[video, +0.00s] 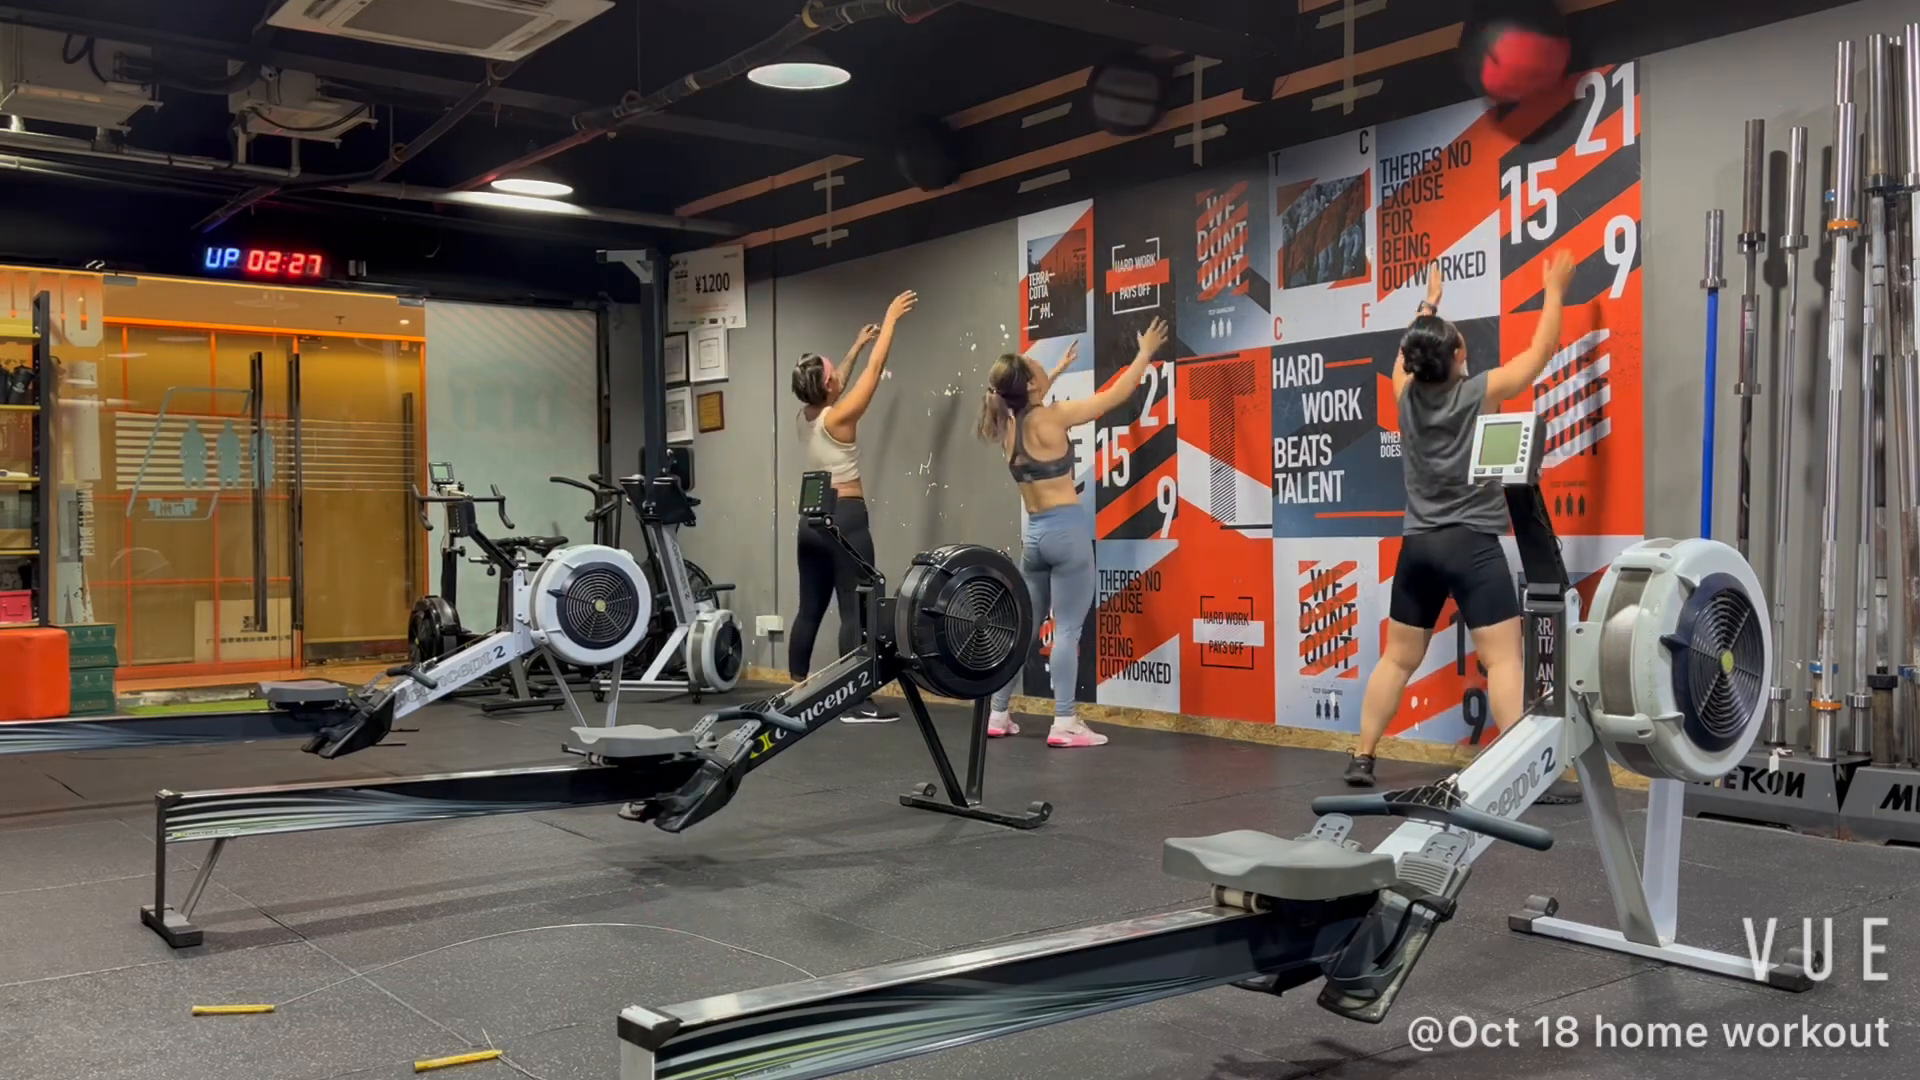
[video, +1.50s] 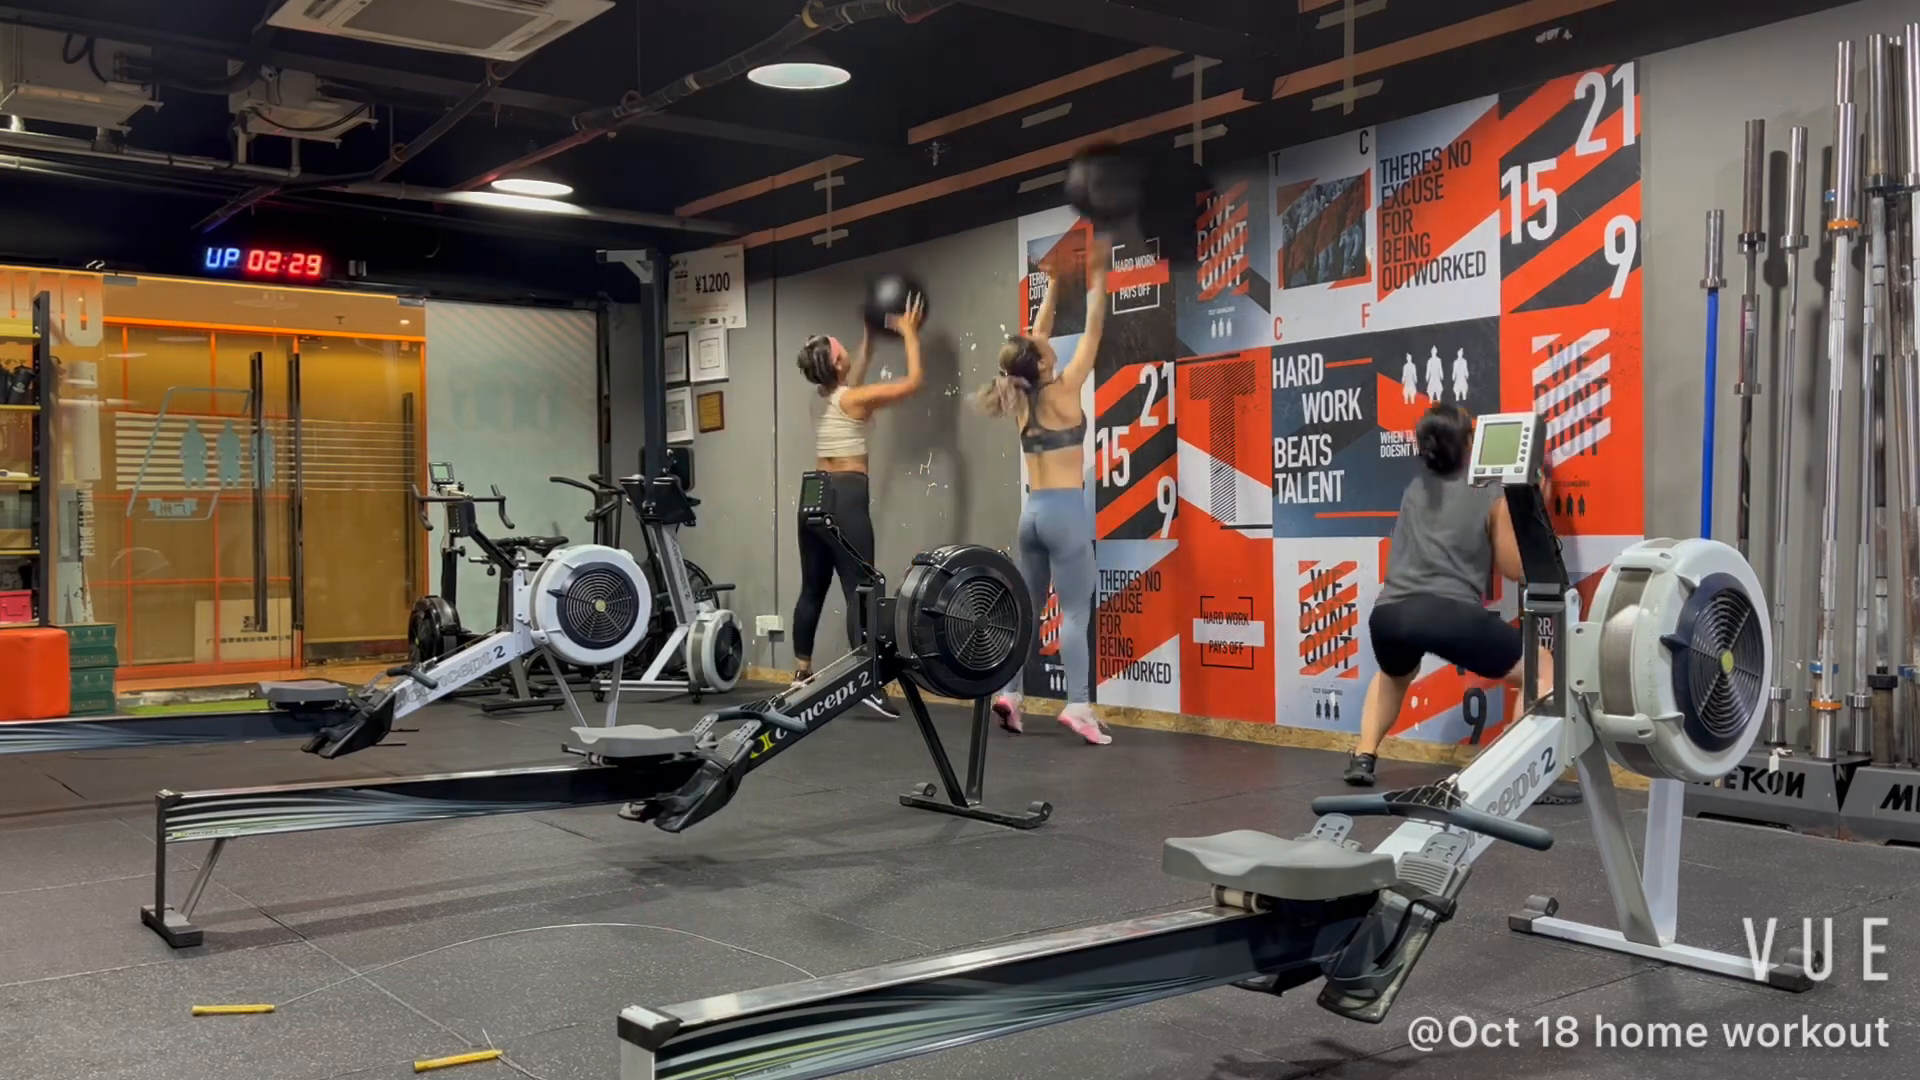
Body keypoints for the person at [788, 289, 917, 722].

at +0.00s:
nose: (837, 370)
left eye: (833, 366)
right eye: (833, 369)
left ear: (811, 389)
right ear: (828, 383)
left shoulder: (807, 416)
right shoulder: (841, 415)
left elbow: (833, 382)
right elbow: (877, 367)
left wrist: (857, 347)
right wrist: (891, 317)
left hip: (813, 515)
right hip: (846, 513)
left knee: (809, 611)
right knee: (854, 612)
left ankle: (797, 694)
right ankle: (854, 700)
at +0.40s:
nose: (842, 381)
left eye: (837, 379)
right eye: (838, 381)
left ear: (821, 404)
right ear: (837, 397)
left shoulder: (825, 433)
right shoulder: (851, 427)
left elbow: (877, 425)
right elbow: (909, 418)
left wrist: (880, 385)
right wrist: (920, 370)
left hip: (788, 533)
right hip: (817, 532)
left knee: (810, 612)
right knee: (868, 605)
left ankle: (797, 694)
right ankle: (855, 699)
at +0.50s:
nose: (851, 408)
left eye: (846, 405)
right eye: (847, 408)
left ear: (824, 429)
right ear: (844, 423)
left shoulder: (819, 460)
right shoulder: (856, 460)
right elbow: (918, 479)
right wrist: (918, 437)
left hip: (785, 553)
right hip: (819, 552)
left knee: (815, 619)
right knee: (874, 612)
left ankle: (798, 696)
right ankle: (856, 701)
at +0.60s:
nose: (864, 449)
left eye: (860, 445)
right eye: (859, 448)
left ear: (834, 462)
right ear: (854, 461)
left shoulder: (822, 489)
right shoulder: (863, 494)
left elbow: (853, 515)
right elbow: (913, 536)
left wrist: (874, 489)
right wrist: (904, 494)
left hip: (785, 586)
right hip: (821, 588)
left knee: (823, 620)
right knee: (885, 620)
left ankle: (800, 695)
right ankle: (856, 701)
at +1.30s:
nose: (867, 403)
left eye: (863, 400)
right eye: (863, 403)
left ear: (844, 421)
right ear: (860, 417)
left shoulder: (833, 453)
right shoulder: (869, 455)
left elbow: (862, 481)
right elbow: (916, 495)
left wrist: (889, 455)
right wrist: (909, 456)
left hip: (793, 544)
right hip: (820, 544)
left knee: (824, 616)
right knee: (873, 606)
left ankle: (800, 691)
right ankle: (858, 698)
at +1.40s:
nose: (856, 369)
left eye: (850, 366)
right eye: (851, 369)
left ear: (832, 391)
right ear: (850, 385)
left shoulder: (832, 426)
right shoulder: (861, 422)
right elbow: (918, 444)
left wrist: (868, 400)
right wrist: (906, 401)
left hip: (807, 521)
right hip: (837, 523)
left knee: (817, 607)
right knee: (870, 602)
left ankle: (799, 686)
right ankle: (861, 695)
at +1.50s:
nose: (846, 351)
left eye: (840, 348)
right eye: (841, 350)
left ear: (822, 371)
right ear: (838, 365)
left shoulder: (825, 400)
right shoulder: (853, 398)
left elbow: (856, 381)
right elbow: (913, 382)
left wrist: (871, 339)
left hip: (814, 497)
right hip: (846, 498)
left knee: (812, 587)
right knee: (859, 588)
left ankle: (802, 674)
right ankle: (867, 680)